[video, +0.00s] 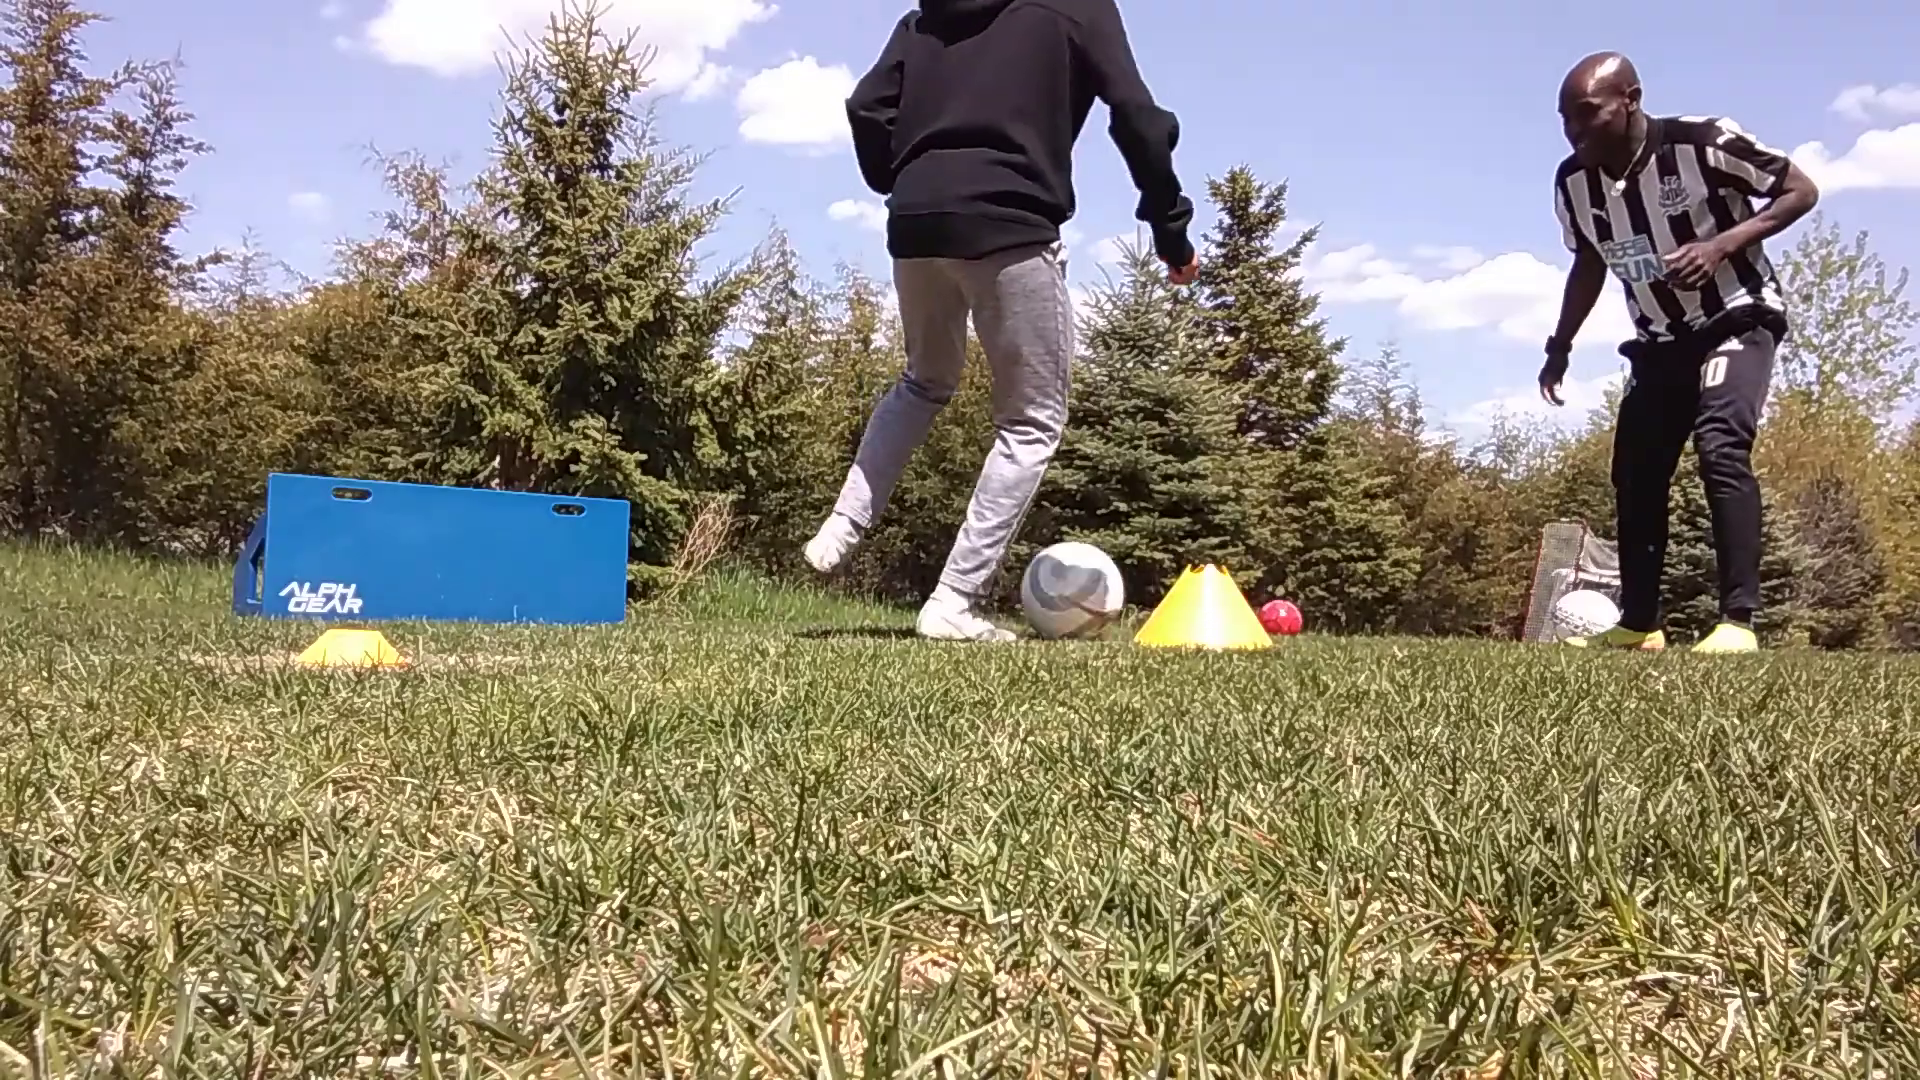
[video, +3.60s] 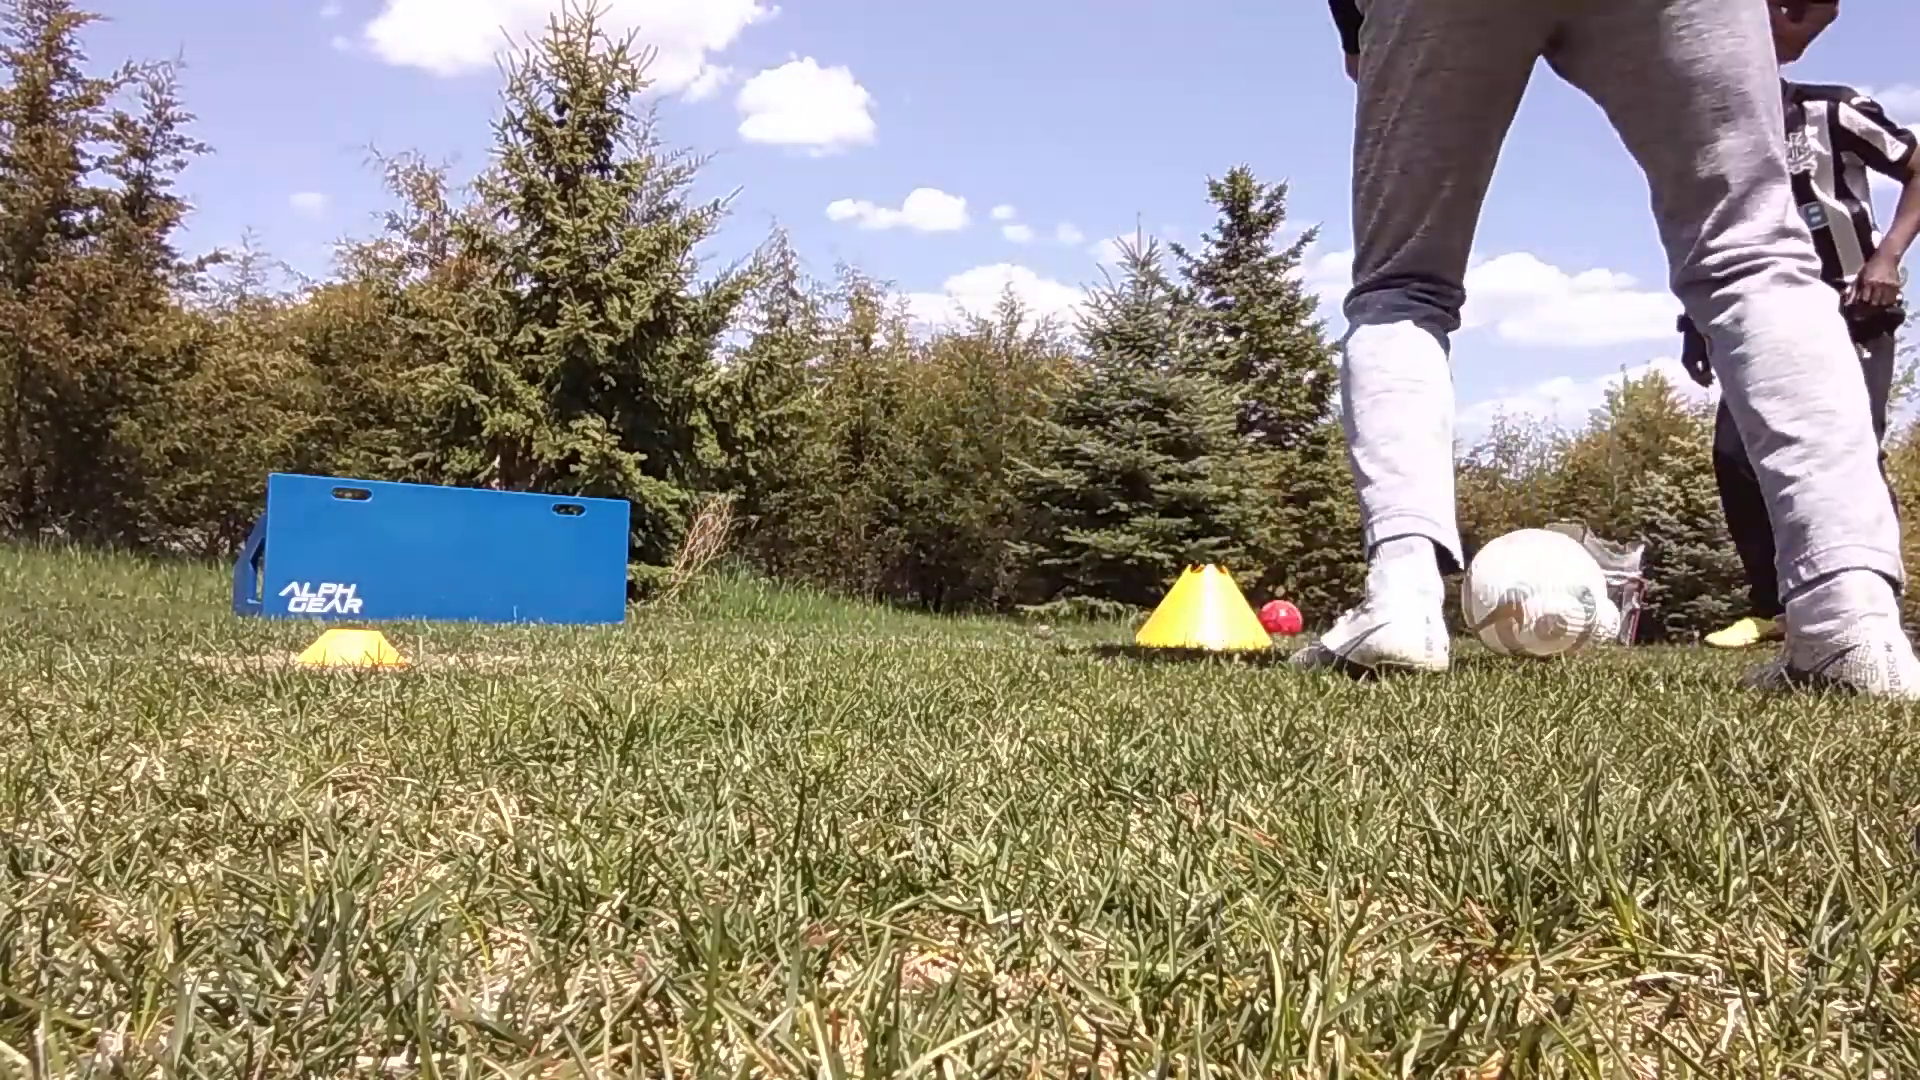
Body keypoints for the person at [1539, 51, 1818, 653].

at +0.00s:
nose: (1572, 134)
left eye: (1585, 117)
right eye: (1566, 120)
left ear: (1630, 103)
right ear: (1563, 117)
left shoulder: (1704, 142)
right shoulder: (1574, 182)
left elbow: (1801, 190)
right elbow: (1590, 262)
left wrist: (1722, 245)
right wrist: (1559, 347)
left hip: (1736, 320)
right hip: (1660, 340)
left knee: (1719, 446)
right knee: (1635, 469)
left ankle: (1737, 623)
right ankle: (1638, 624)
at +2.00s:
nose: (1558, 138)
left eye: (1572, 125)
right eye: (1552, 126)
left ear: (1615, 118)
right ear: (1547, 124)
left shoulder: (1682, 154)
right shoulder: (1546, 191)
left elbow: (1759, 210)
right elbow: (1564, 269)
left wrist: (1707, 296)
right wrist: (1566, 348)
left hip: (1709, 329)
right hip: (1626, 345)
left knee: (1720, 456)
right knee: (1601, 473)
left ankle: (1752, 620)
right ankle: (1598, 622)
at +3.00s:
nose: (1648, 133)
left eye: (1663, 118)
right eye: (1636, 119)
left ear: (1692, 104)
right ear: (1618, 111)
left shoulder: (1744, 152)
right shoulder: (1600, 179)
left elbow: (1841, 196)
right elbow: (1598, 247)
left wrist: (1796, 254)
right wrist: (1577, 321)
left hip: (1747, 333)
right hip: (1652, 348)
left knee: (1793, 451)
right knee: (1610, 479)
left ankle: (1848, 606)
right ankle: (1597, 623)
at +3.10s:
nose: (1676, 105)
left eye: (1692, 89)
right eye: (1664, 89)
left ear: (1724, 70)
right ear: (1648, 77)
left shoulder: (1779, 120)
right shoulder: (1633, 149)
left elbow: (1868, 165)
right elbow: (1636, 226)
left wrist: (1832, 233)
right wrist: (1605, 298)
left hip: (1788, 323)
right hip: (1696, 333)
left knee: (1820, 459)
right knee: (1642, 460)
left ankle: (1860, 620)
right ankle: (1614, 612)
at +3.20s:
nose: (1710, 109)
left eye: (1728, 92)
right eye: (1697, 92)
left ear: (1756, 73)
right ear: (1680, 77)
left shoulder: (1812, 120)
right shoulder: (1661, 157)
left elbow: (1891, 171)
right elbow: (1662, 247)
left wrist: (1861, 255)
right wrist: (1630, 319)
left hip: (1818, 323)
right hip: (1727, 334)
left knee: (1831, 463)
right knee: (1652, 434)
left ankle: (1864, 624)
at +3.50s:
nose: (1748, 81)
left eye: (1760, 67)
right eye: (1737, 68)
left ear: (1785, 60)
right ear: (1722, 64)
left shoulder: (1837, 113)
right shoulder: (1721, 138)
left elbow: (1917, 168)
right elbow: (1711, 230)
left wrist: (1889, 258)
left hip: (1861, 318)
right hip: (1787, 332)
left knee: (1853, 462)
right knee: (1755, 455)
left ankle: (1874, 625)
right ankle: (1795, 614)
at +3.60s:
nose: (1781, 16)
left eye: (1799, 8)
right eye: (1775, 5)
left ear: (1820, 22)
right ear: (1753, 13)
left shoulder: (1836, 107)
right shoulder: (1719, 121)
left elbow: (1916, 165)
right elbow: (1703, 224)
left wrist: (1887, 256)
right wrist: (1700, 314)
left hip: (1851, 309)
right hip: (1761, 313)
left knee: (1849, 452)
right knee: (1736, 453)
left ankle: (1861, 601)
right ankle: (1770, 603)